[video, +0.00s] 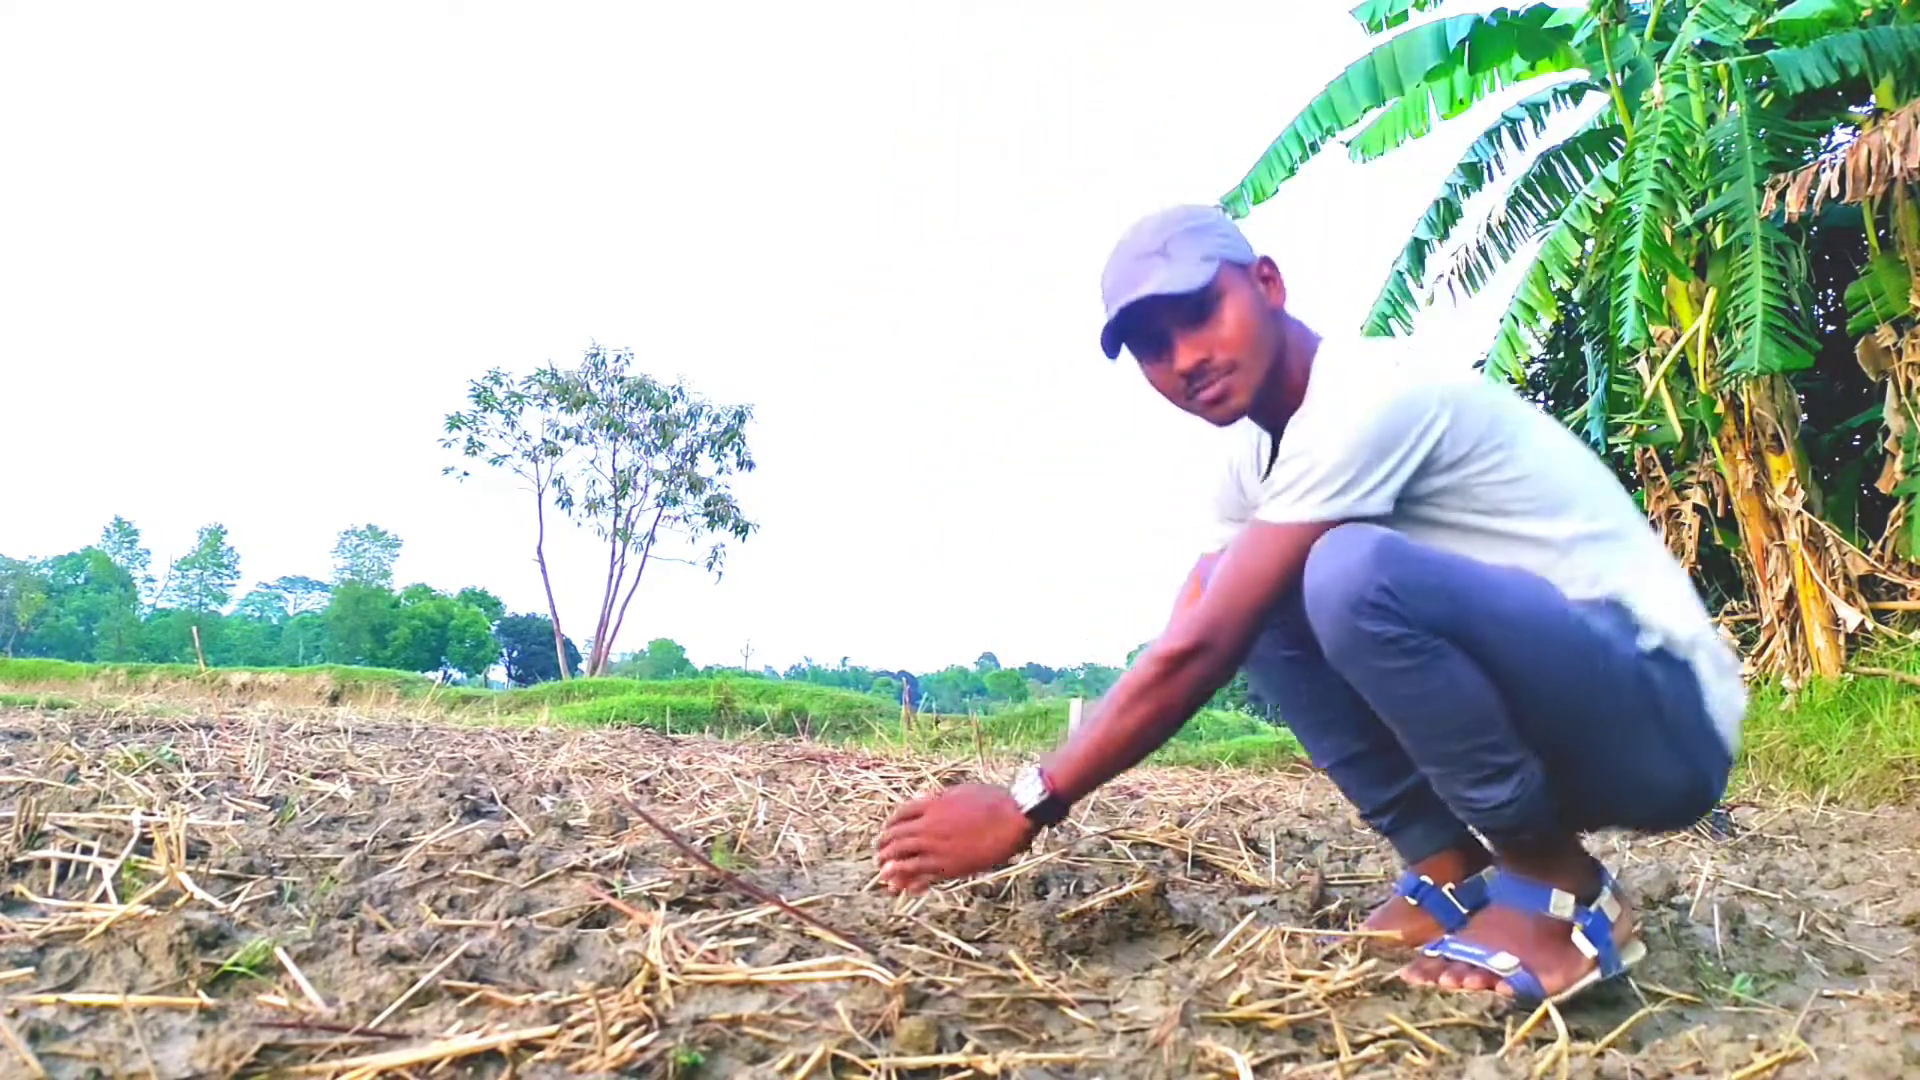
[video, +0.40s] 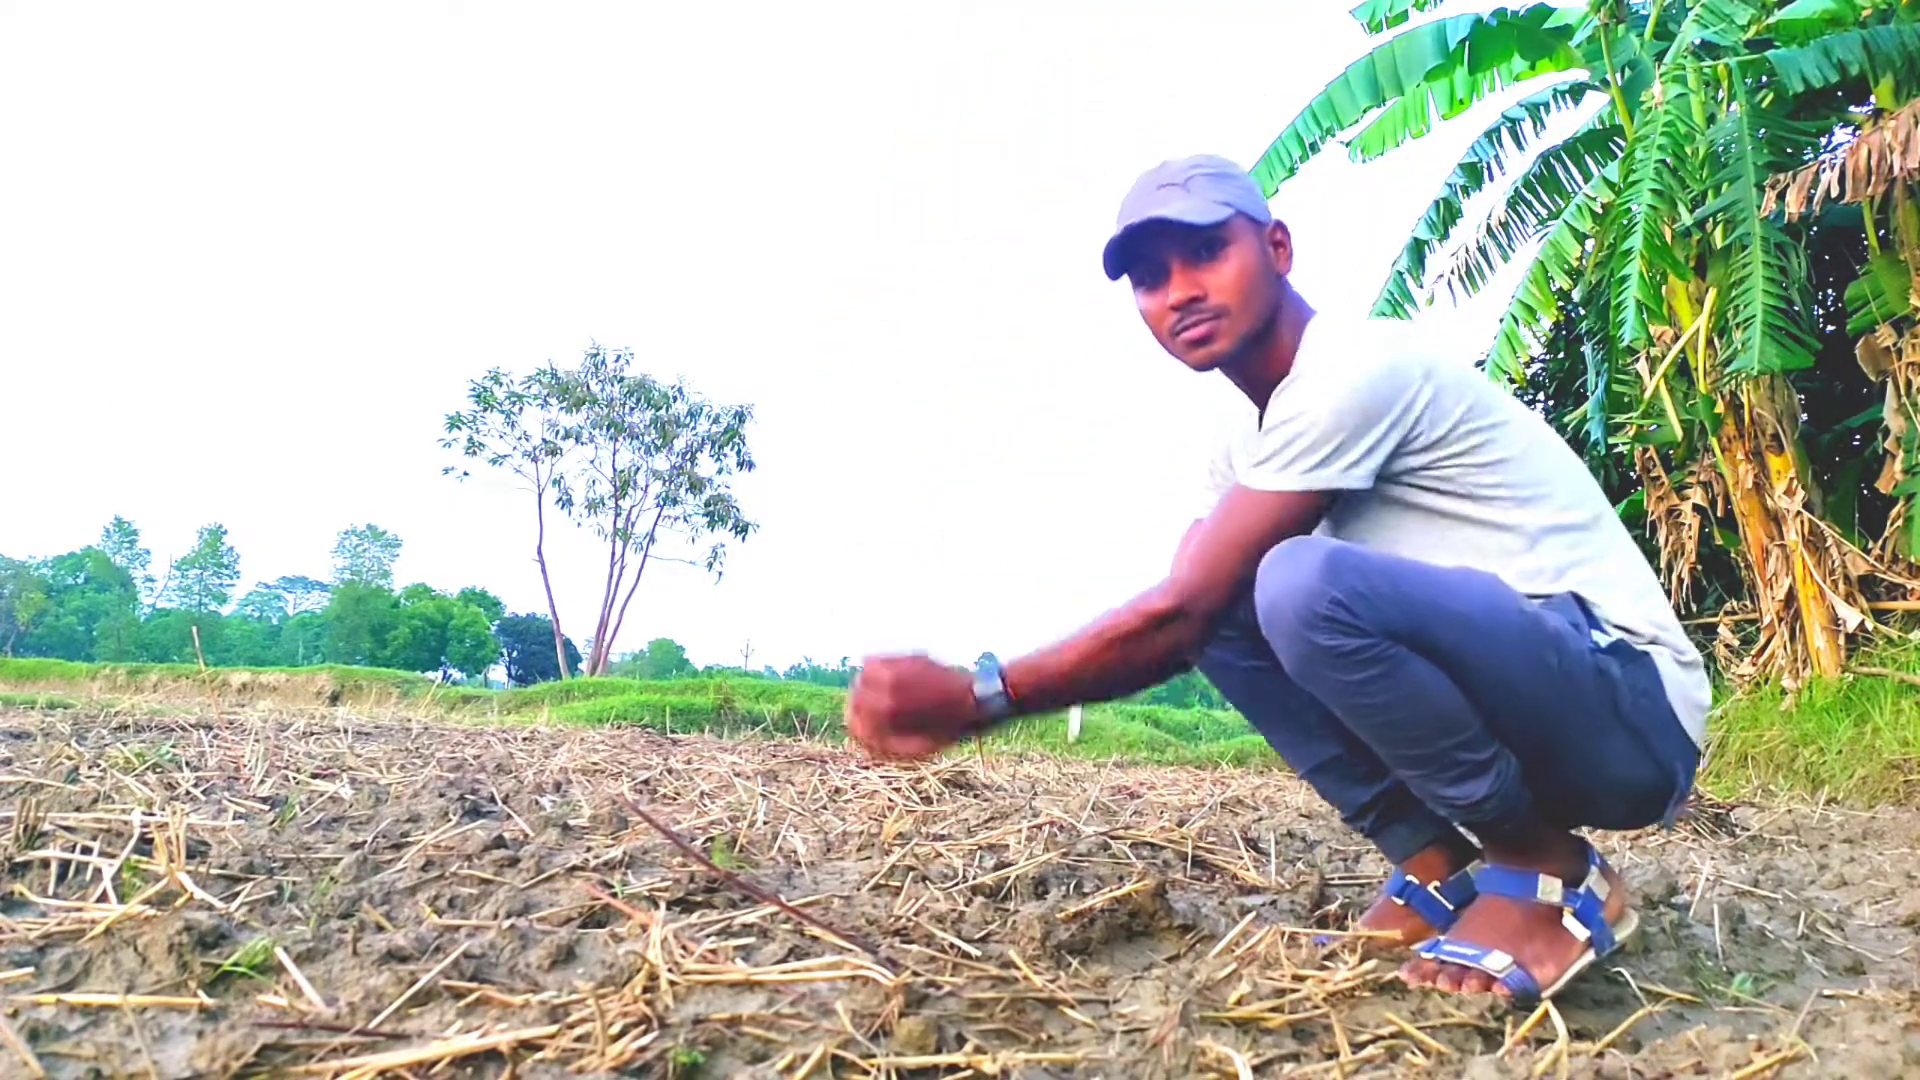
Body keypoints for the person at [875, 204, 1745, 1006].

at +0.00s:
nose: (1180, 361)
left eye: (1193, 313)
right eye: (1147, 346)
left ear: (1269, 283)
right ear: (1138, 369)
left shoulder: (1371, 398)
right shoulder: (1254, 466)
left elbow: (1196, 655)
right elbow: (1189, 649)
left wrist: (1028, 806)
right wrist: (1037, 798)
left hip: (1661, 712)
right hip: (1553, 731)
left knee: (1354, 576)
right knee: (1247, 603)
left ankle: (1560, 893)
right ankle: (1456, 873)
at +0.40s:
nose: (1177, 293)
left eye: (1205, 250)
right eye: (1148, 275)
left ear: (1277, 247)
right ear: (1138, 306)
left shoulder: (1361, 370)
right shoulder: (1247, 449)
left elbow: (1177, 613)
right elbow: (1182, 632)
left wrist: (984, 697)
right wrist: (984, 696)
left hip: (1629, 706)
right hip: (1522, 724)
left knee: (1306, 588)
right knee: (1216, 617)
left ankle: (1543, 883)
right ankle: (1443, 869)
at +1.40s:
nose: (1267, 194)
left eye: (1299, 158)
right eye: (1242, 180)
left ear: (1372, 170)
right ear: (1225, 203)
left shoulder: (1425, 257)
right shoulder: (1295, 330)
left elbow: (1165, 253)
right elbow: (1114, 350)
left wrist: (997, 183)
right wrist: (996, 211)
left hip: (1581, 684)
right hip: (1459, 694)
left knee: (1272, 607)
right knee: (1153, 646)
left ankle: (1536, 854)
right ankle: (1436, 859)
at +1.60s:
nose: (1269, 195)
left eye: (1299, 159)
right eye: (1242, 181)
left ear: (1372, 170)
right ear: (1227, 205)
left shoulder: (1424, 256)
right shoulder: (1300, 332)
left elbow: (1164, 252)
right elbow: (1117, 352)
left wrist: (993, 187)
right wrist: (991, 216)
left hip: (1576, 683)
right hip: (1459, 695)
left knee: (1273, 604)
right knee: (1149, 652)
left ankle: (1534, 855)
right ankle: (1434, 859)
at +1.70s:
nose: (1267, 196)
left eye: (1298, 160)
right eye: (1240, 182)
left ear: (1369, 171)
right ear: (1225, 206)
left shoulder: (1424, 258)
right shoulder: (1297, 334)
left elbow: (1165, 254)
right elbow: (1119, 356)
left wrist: (992, 191)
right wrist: (989, 219)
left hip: (1576, 683)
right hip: (1456, 695)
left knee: (1272, 604)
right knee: (1147, 654)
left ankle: (1532, 854)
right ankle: (1435, 858)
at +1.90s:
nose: (1265, 195)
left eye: (1295, 159)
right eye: (1237, 181)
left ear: (1367, 171)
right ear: (1224, 204)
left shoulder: (1422, 255)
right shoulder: (1295, 334)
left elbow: (1163, 254)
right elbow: (1116, 355)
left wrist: (991, 191)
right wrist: (988, 220)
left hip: (1571, 680)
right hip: (1447, 693)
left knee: (1267, 605)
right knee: (1139, 664)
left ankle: (1531, 851)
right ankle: (1430, 857)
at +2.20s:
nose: (1266, 188)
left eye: (1298, 152)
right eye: (1239, 172)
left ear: (1369, 166)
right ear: (1226, 196)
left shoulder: (1422, 247)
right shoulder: (1295, 330)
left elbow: (1163, 246)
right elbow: (1115, 350)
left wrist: (993, 187)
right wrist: (990, 222)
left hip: (1567, 676)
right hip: (1444, 691)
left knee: (1265, 609)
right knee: (1132, 673)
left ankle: (1528, 850)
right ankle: (1427, 860)